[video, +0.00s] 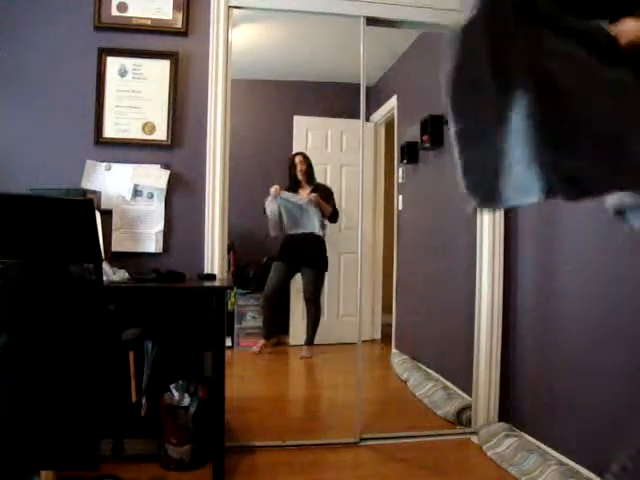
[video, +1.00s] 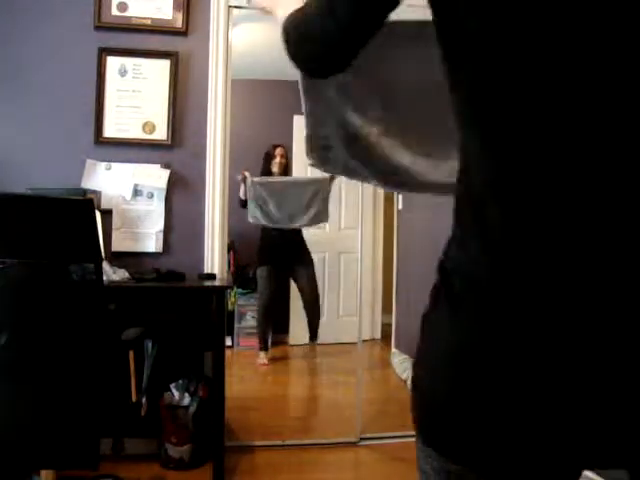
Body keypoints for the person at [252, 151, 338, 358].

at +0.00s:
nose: (301, 167)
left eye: (303, 163)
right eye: (297, 164)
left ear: (309, 166)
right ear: (291, 169)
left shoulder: (321, 190)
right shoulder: (286, 193)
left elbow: (334, 217)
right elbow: (274, 219)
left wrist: (319, 202)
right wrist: (274, 197)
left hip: (313, 243)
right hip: (290, 243)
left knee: (311, 296)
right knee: (270, 292)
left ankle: (308, 344)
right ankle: (268, 337)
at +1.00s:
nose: (279, 160)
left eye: (283, 157)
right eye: (275, 156)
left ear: (288, 161)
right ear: (268, 161)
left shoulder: (294, 185)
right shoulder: (260, 185)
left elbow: (312, 203)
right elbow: (244, 204)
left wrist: (327, 184)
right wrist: (244, 184)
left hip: (294, 241)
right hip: (270, 244)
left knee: (310, 292)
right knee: (266, 297)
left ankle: (313, 338)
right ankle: (263, 349)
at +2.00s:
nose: (317, 162)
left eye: (321, 158)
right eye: (313, 158)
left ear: (326, 162)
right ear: (307, 164)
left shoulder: (337, 190)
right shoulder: (298, 189)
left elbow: (355, 216)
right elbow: (270, 210)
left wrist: (346, 229)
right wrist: (280, 222)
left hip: (325, 249)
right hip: (297, 248)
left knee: (332, 302)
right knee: (275, 293)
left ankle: (335, 347)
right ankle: (250, 341)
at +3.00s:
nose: (298, 170)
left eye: (301, 167)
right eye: (294, 167)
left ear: (306, 170)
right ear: (287, 170)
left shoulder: (315, 198)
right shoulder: (277, 196)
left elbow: (332, 229)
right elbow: (256, 225)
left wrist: (316, 235)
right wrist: (278, 230)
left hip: (307, 255)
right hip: (279, 256)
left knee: (325, 300)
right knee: (262, 299)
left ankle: (336, 347)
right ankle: (247, 348)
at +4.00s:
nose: (296, 168)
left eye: (300, 164)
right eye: (293, 164)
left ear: (305, 168)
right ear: (286, 167)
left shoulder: (314, 193)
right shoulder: (276, 192)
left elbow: (324, 223)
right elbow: (260, 221)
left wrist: (311, 213)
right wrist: (266, 211)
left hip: (305, 254)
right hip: (276, 255)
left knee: (322, 299)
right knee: (261, 299)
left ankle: (336, 347)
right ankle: (245, 348)